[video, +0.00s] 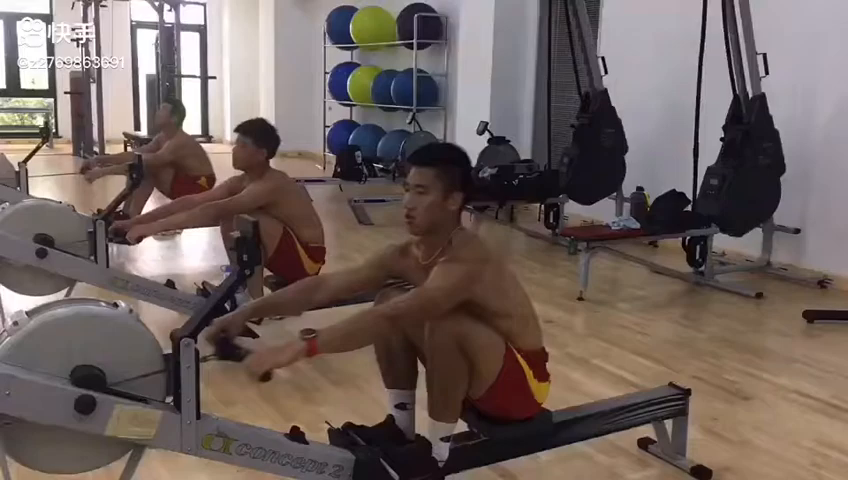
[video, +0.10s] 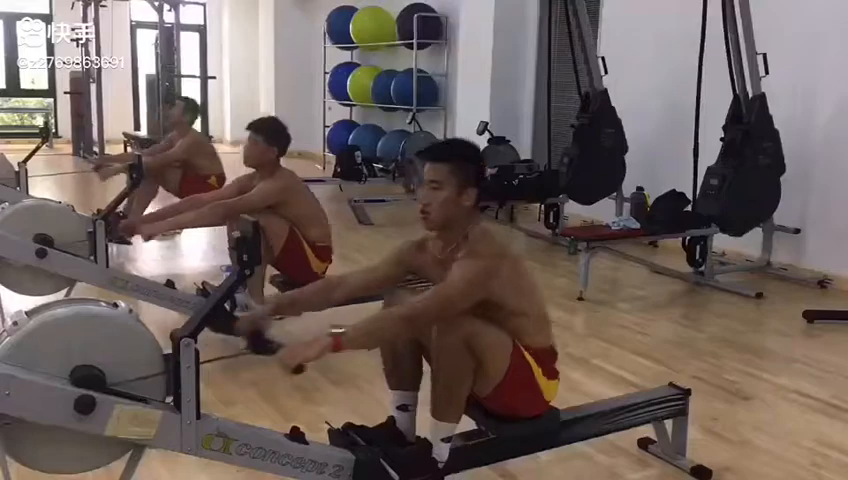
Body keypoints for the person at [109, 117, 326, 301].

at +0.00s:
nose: (233, 147)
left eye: (240, 143)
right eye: (235, 142)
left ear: (261, 152)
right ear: (252, 152)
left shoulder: (271, 185)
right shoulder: (243, 182)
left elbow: (215, 215)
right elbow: (194, 201)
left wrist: (148, 230)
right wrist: (139, 221)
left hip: (305, 264)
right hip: (287, 259)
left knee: (249, 220)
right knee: (229, 215)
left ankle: (254, 298)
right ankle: (238, 286)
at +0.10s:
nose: (245, 145)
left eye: (252, 141)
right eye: (247, 139)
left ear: (272, 151)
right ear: (267, 151)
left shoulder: (279, 184)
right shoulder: (253, 180)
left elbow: (224, 213)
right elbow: (202, 201)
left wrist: (165, 228)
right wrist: (142, 221)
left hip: (312, 263)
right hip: (296, 258)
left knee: (260, 221)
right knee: (236, 215)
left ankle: (255, 302)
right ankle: (242, 292)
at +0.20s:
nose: (271, 144)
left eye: (278, 139)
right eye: (273, 137)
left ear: (298, 147)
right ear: (293, 147)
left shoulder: (305, 183)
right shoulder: (279, 176)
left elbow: (249, 212)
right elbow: (235, 201)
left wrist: (194, 230)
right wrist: (180, 219)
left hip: (326, 259)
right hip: (312, 252)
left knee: (267, 220)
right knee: (256, 223)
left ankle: (254, 301)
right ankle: (243, 292)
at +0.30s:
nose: (303, 140)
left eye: (310, 135)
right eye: (304, 133)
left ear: (327, 144)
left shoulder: (331, 182)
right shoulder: (305, 176)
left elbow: (277, 212)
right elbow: (257, 201)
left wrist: (221, 229)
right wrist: (205, 217)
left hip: (344, 257)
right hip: (331, 248)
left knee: (276, 221)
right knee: (265, 217)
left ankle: (256, 299)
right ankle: (246, 288)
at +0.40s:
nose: (334, 139)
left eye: (339, 134)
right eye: (335, 133)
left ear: (356, 139)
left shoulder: (360, 178)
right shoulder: (336, 170)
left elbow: (313, 207)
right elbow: (292, 195)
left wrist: (260, 221)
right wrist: (237, 210)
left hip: (362, 254)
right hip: (347, 244)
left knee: (294, 227)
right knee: (281, 222)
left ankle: (256, 302)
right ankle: (244, 289)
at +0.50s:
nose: (364, 137)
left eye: (371, 133)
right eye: (366, 131)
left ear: (387, 139)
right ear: (374, 136)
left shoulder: (389, 178)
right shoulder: (359, 171)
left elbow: (342, 205)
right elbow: (314, 195)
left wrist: (288, 217)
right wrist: (266, 207)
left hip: (380, 252)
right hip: (361, 240)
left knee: (307, 236)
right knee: (293, 229)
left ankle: (255, 304)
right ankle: (243, 291)